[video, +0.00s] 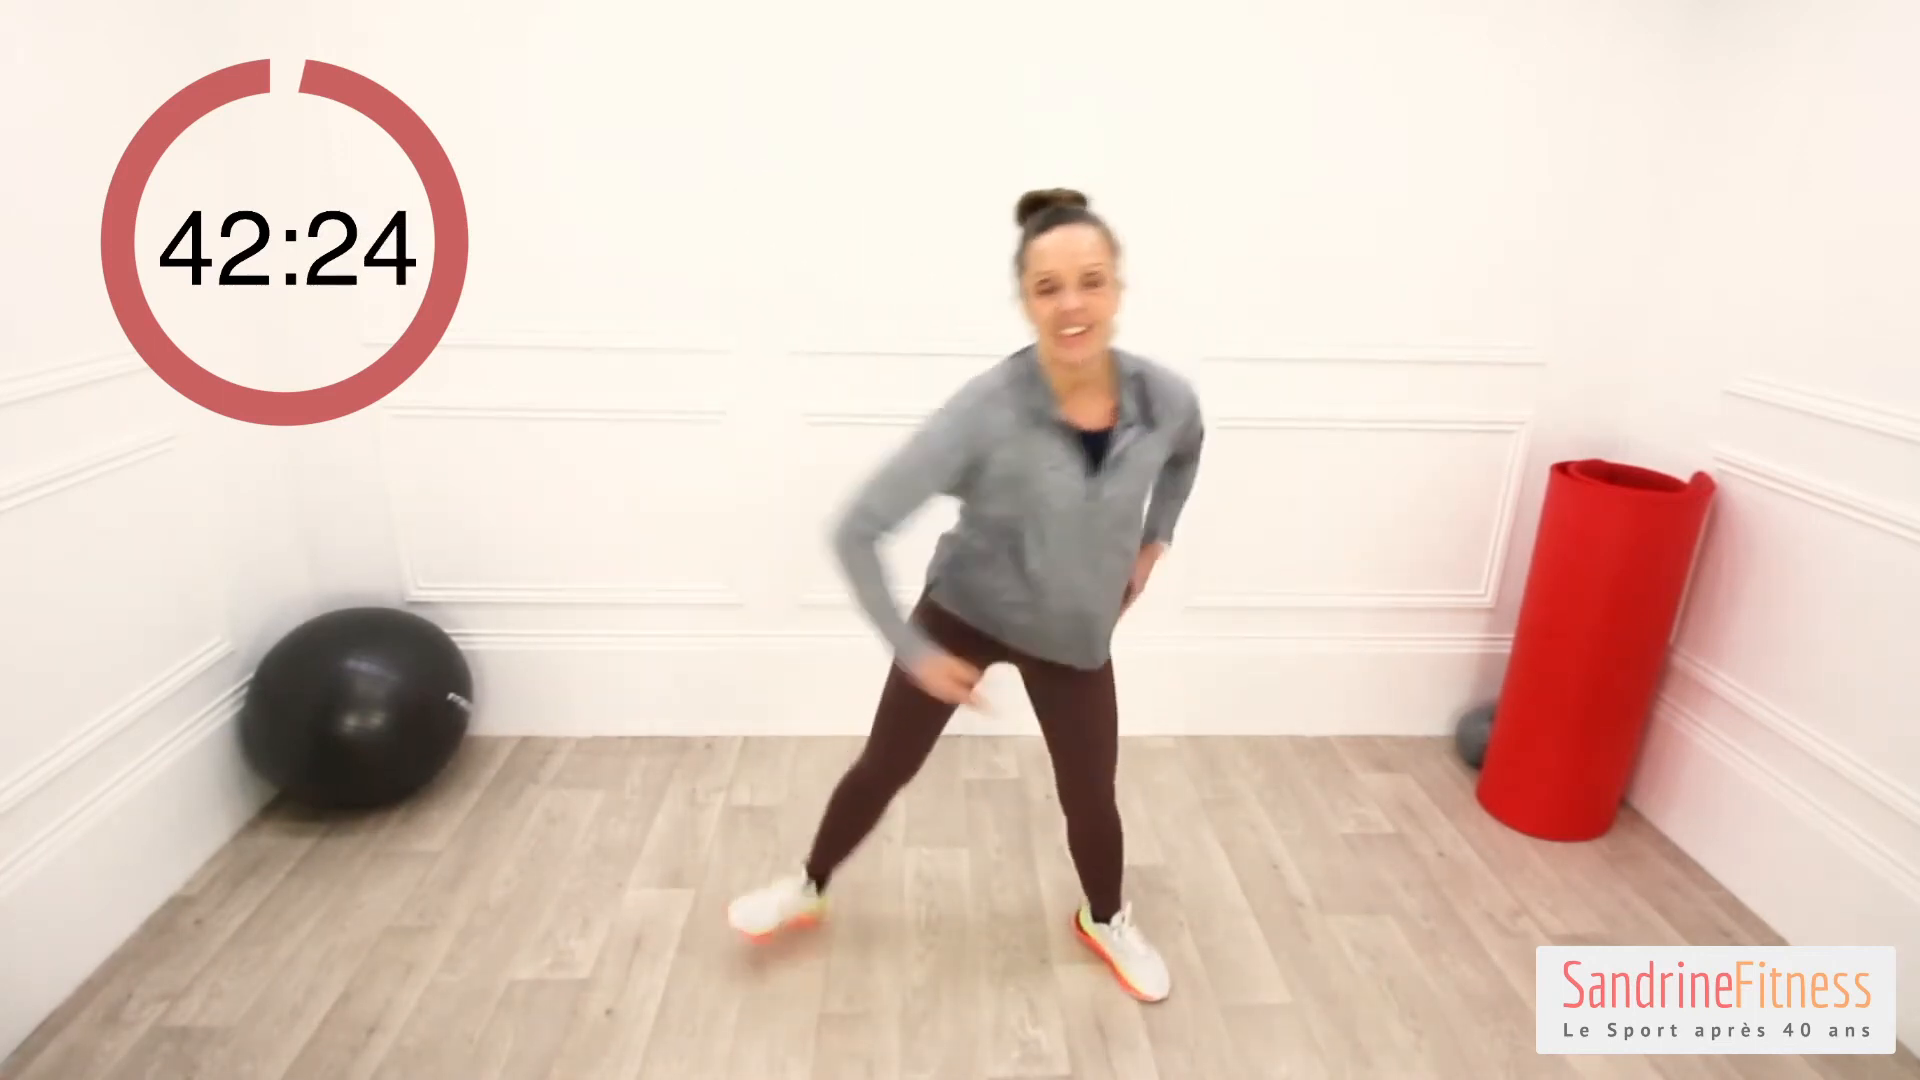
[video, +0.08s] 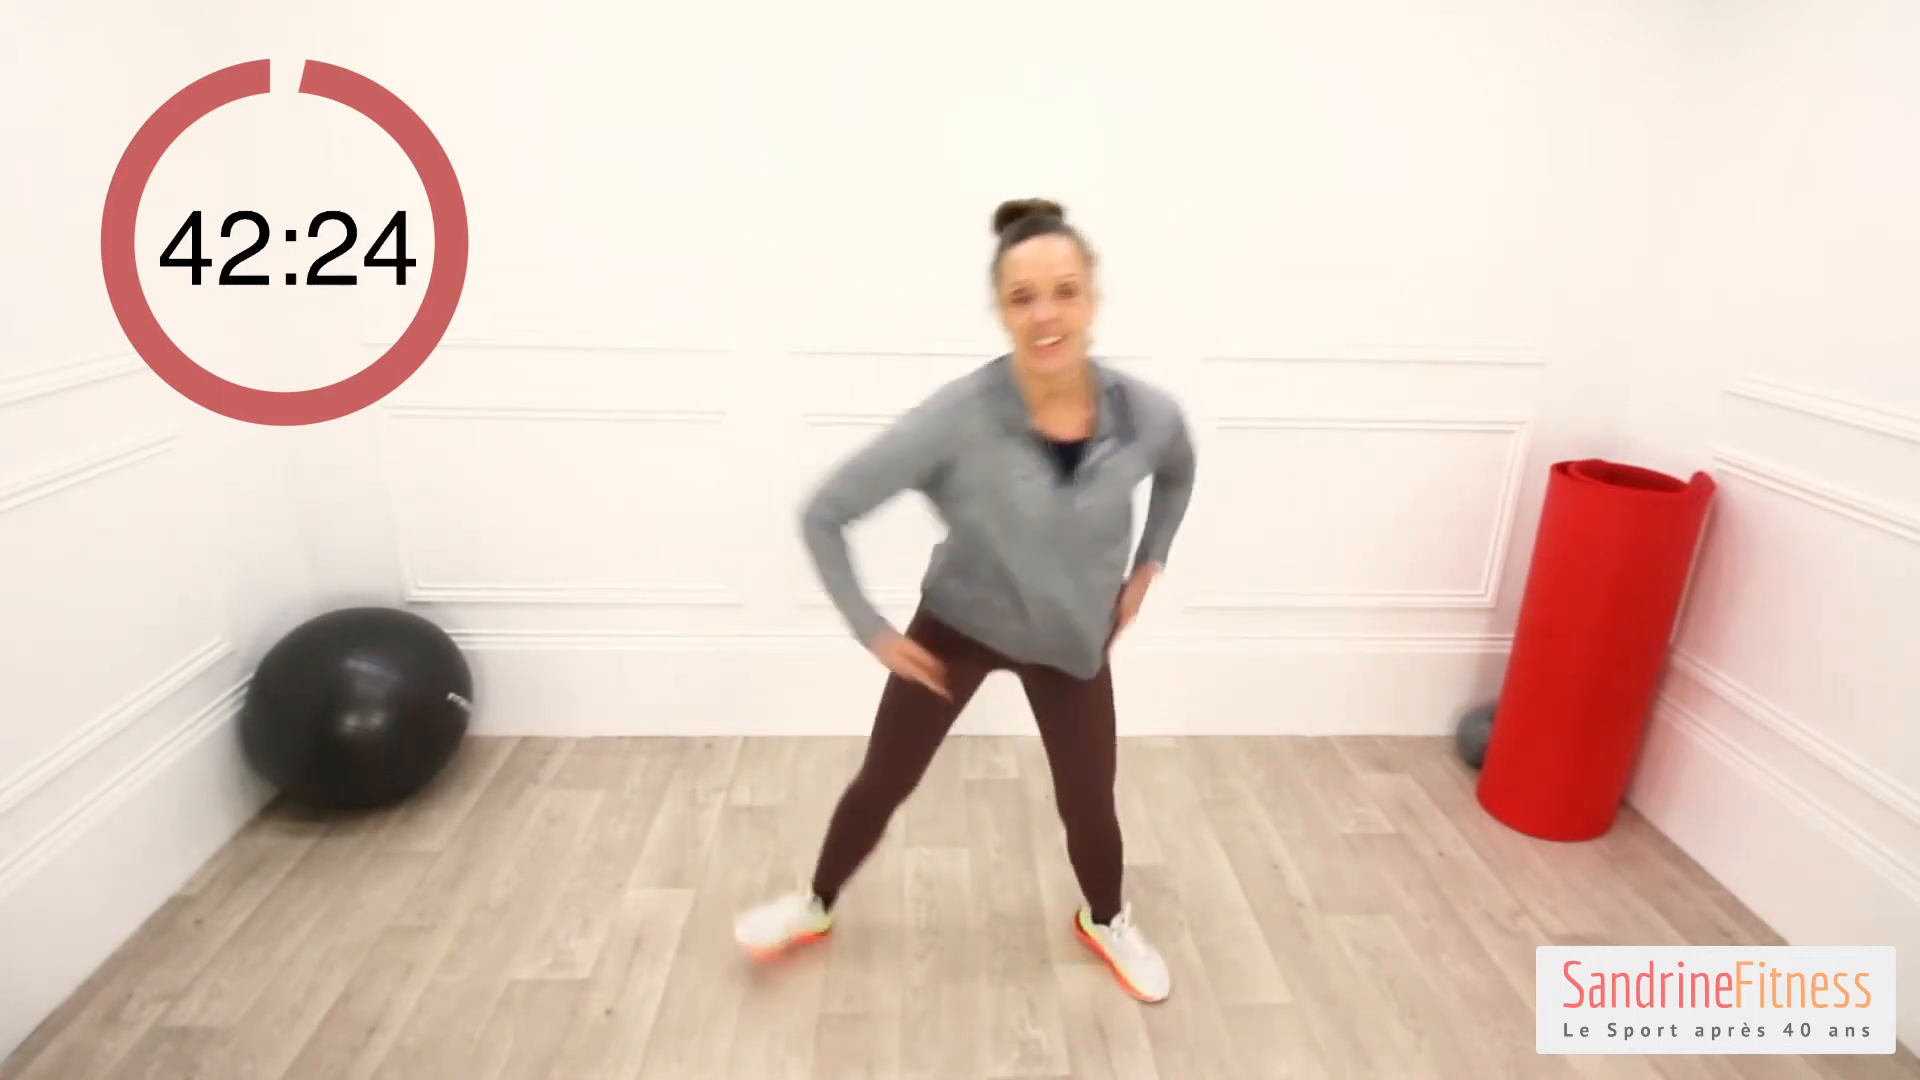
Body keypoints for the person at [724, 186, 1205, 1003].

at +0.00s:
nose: (1073, 307)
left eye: (1091, 284)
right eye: (1049, 289)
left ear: (1120, 291)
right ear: (1024, 303)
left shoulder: (1165, 403)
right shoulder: (987, 412)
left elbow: (1185, 457)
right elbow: (854, 531)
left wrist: (1154, 539)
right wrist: (913, 649)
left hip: (1077, 627)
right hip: (967, 612)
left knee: (1092, 797)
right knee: (885, 768)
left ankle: (1105, 918)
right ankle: (807, 886)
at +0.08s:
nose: (1046, 317)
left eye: (1065, 294)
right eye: (1023, 299)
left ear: (1095, 302)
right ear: (1000, 314)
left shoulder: (1147, 416)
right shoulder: (960, 418)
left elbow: (1177, 476)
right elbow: (823, 515)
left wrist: (1145, 571)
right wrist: (875, 631)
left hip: (1075, 632)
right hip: (961, 620)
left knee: (1091, 802)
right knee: (884, 782)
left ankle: (1105, 920)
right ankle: (817, 904)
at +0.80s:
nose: (787, 292)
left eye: (805, 268)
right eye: (762, 275)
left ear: (836, 275)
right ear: (740, 292)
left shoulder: (884, 384)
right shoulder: (733, 382)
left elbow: (943, 495)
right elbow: (786, 499)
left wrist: (828, 568)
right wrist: (796, 570)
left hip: (938, 603)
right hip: (834, 620)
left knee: (999, 745)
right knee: (805, 793)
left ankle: (1064, 829)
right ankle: (796, 921)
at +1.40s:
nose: (1122, 292)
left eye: (1138, 268)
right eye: (1095, 275)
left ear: (1157, 275)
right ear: (1061, 292)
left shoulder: (1162, 379)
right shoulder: (1040, 398)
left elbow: (1131, 483)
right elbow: (1101, 548)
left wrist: (1109, 560)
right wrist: (1240, 492)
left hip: (1052, 613)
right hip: (959, 592)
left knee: (1075, 782)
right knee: (866, 733)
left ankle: (1102, 905)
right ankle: (768, 866)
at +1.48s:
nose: (1141, 296)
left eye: (1157, 273)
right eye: (1115, 279)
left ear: (1175, 278)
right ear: (1079, 293)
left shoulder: (1180, 385)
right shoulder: (1063, 395)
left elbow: (1111, 492)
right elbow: (1193, 493)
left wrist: (1097, 573)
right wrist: (1337, 431)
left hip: (1062, 617)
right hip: (970, 592)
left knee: (1084, 784)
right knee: (884, 736)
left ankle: (1102, 905)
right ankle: (780, 831)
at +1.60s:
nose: (1149, 314)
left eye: (1166, 292)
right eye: (1125, 297)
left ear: (1183, 300)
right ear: (1088, 311)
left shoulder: (1180, 395)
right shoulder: (1071, 414)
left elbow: (1128, 501)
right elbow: (1199, 505)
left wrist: (1134, 576)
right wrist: (1363, 452)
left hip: (1068, 627)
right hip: (974, 611)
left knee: (1101, 797)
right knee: (905, 751)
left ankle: (1100, 909)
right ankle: (811, 839)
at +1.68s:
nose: (1147, 310)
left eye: (1163, 287)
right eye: (1121, 293)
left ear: (1181, 294)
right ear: (1088, 307)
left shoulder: (1182, 397)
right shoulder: (1062, 412)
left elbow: (1147, 504)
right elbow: (1120, 569)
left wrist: (1148, 577)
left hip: (1075, 631)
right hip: (981, 611)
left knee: (1097, 792)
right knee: (906, 746)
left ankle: (1103, 909)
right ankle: (812, 834)